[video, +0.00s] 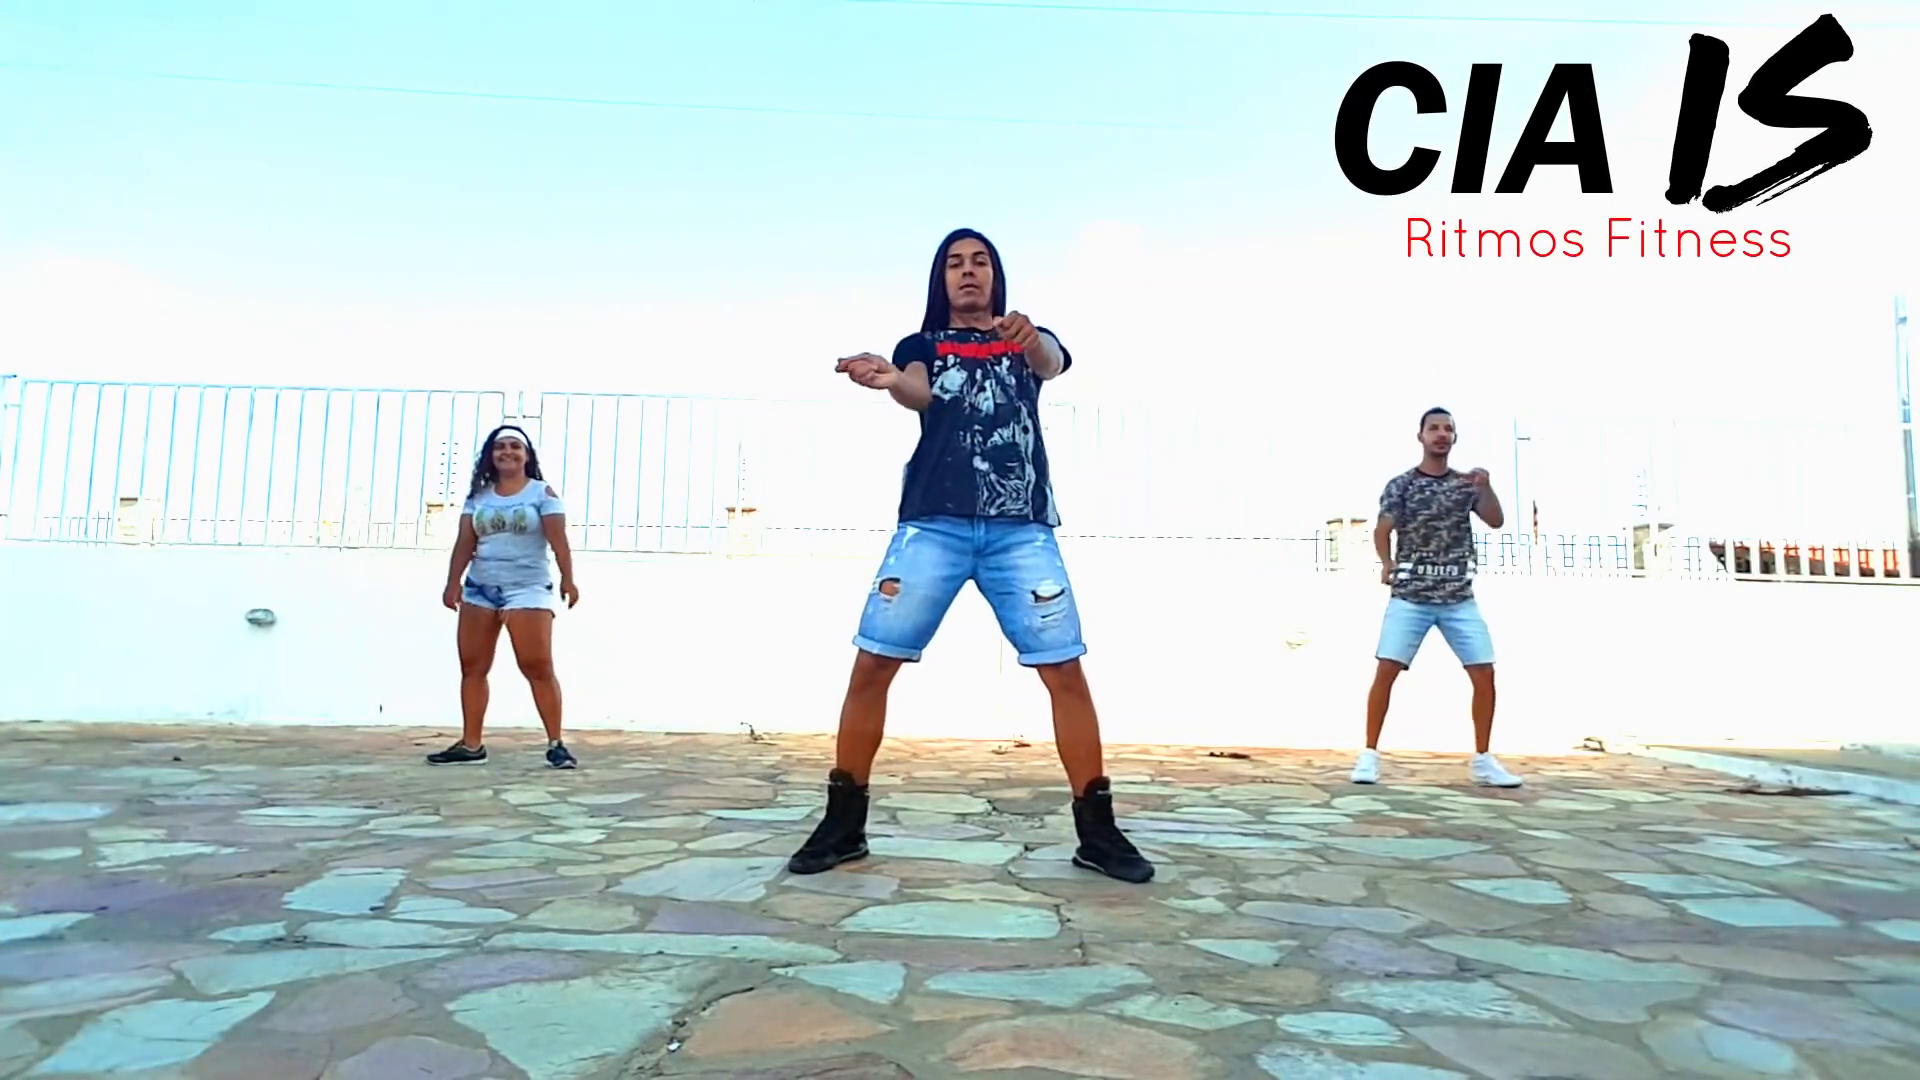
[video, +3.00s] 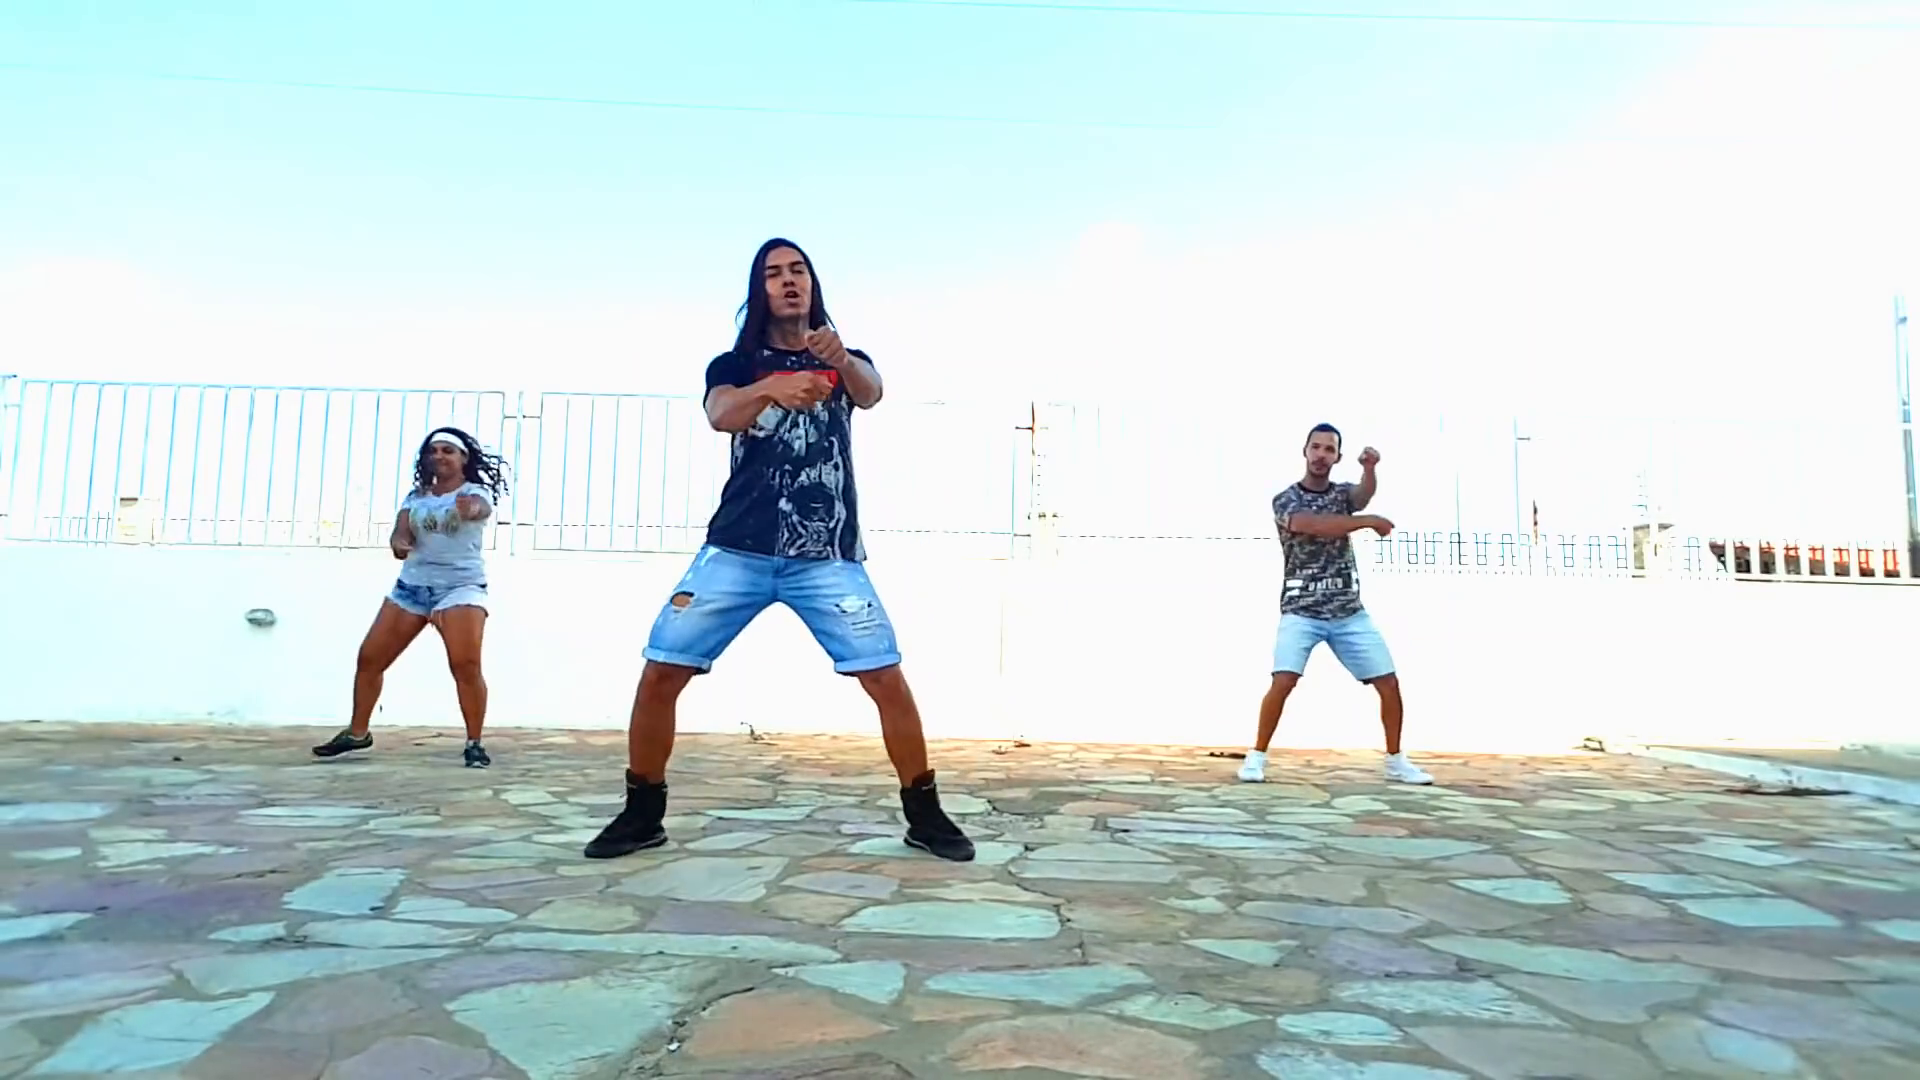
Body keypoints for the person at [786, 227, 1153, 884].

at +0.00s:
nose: (969, 270)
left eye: (980, 261)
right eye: (956, 262)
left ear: (998, 275)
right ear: (939, 279)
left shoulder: (1026, 337)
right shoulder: (921, 345)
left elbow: (1052, 366)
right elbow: (919, 393)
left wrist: (1030, 340)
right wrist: (890, 376)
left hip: (1021, 528)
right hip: (934, 526)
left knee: (1065, 668)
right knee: (873, 664)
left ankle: (1098, 831)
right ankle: (842, 823)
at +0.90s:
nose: (949, 268)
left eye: (961, 257)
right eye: (948, 260)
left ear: (997, 267)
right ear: (960, 280)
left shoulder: (1051, 336)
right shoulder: (937, 348)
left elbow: (1051, 372)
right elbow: (847, 403)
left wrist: (1005, 378)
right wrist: (791, 327)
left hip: (1018, 534)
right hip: (930, 529)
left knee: (1066, 667)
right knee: (877, 667)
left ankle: (1098, 831)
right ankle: (844, 825)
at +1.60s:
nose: (1020, 253)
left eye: (1026, 249)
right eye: (1003, 247)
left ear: (1035, 275)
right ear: (974, 274)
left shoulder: (1057, 335)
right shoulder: (941, 354)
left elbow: (1053, 391)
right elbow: (873, 438)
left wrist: (1006, 423)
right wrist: (779, 426)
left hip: (1018, 538)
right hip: (928, 533)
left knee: (1073, 669)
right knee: (870, 666)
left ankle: (1099, 831)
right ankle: (842, 823)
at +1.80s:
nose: (986, 244)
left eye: (993, 235)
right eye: (971, 241)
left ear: (1013, 254)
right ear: (956, 268)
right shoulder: (938, 341)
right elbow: (910, 439)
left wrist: (1017, 462)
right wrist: (860, 484)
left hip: (1023, 532)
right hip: (933, 527)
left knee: (1073, 667)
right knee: (880, 666)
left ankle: (1101, 831)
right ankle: (843, 822)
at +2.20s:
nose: (948, 246)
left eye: (958, 236)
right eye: (934, 240)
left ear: (978, 253)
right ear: (919, 263)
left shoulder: (1017, 326)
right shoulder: (899, 332)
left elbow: (1033, 368)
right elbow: (857, 410)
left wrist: (1015, 385)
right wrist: (803, 393)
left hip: (994, 520)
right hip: (904, 518)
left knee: (1051, 655)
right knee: (844, 654)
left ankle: (1105, 811)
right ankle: (823, 806)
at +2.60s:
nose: (877, 284)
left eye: (885, 272)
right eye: (863, 276)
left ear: (904, 283)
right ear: (848, 291)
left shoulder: (933, 358)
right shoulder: (822, 358)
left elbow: (963, 398)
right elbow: (778, 403)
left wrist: (925, 396)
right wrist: (816, 382)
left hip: (916, 551)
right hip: (828, 548)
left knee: (981, 674)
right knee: (760, 670)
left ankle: (1019, 820)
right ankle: (744, 820)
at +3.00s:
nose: (787, 280)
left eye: (796, 269)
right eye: (773, 273)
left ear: (814, 283)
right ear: (757, 291)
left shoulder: (839, 355)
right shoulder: (732, 363)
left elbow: (870, 393)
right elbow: (721, 414)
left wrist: (842, 359)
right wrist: (772, 387)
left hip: (828, 557)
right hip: (737, 552)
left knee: (887, 678)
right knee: (660, 672)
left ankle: (924, 812)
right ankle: (642, 813)